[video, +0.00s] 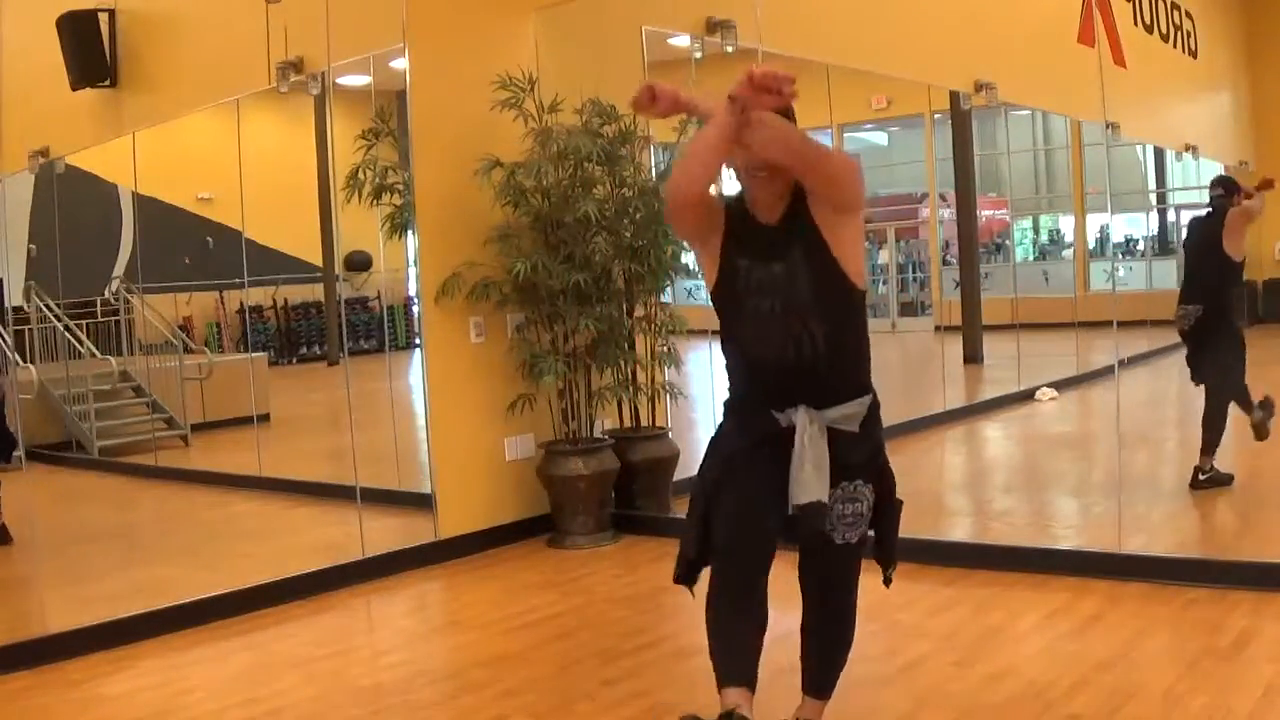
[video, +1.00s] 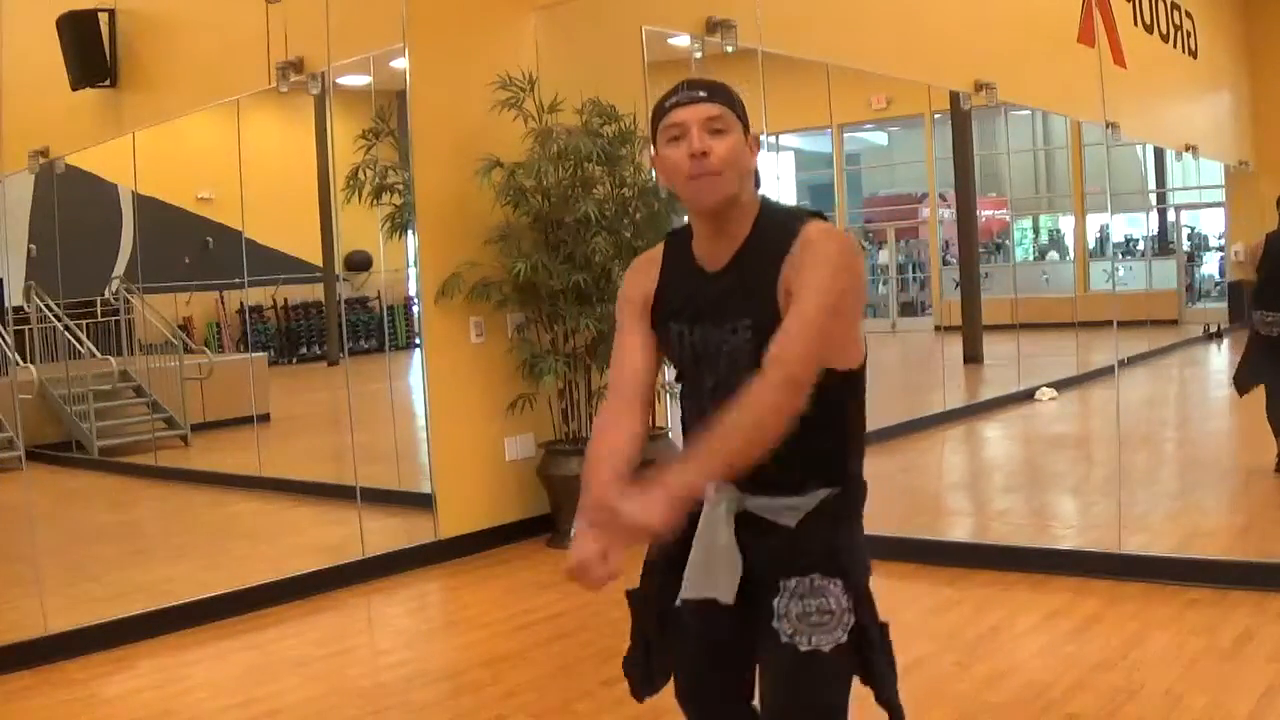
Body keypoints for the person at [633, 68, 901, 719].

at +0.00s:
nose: (752, 138)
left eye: (764, 128)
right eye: (741, 128)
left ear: (792, 136)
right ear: (727, 141)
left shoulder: (837, 200)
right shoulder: (714, 226)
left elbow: (774, 138)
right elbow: (683, 192)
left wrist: (694, 103)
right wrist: (738, 104)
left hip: (841, 425)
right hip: (753, 424)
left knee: (830, 580)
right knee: (736, 564)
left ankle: (812, 710)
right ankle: (735, 705)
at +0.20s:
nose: (756, 162)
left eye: (768, 147)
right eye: (737, 153)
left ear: (790, 159)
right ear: (717, 175)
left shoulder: (839, 217)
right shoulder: (694, 252)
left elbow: (809, 283)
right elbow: (681, 318)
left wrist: (746, 321)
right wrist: (680, 380)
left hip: (853, 467)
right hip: (762, 475)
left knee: (840, 658)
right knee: (783, 661)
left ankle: (793, 711)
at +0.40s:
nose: (719, 146)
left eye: (732, 133)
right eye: (698, 142)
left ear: (761, 156)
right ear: (683, 179)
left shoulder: (835, 244)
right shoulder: (675, 276)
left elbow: (916, 333)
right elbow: (663, 373)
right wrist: (649, 454)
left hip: (840, 481)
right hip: (745, 484)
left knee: (833, 641)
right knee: (756, 657)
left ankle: (817, 709)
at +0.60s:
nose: (696, 130)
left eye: (711, 114)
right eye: (675, 124)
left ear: (747, 136)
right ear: (660, 158)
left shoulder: (822, 216)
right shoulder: (658, 235)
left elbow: (917, 216)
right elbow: (692, 319)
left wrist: (973, 233)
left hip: (828, 475)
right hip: (733, 476)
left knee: (831, 657)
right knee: (750, 675)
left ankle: (855, 712)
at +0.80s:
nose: (685, 126)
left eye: (702, 109)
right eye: (665, 118)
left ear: (738, 130)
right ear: (648, 150)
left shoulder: (810, 230)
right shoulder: (648, 244)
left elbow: (917, 324)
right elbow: (646, 331)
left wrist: (986, 430)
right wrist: (632, 414)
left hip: (823, 492)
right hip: (720, 493)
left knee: (837, 694)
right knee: (744, 693)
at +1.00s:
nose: (697, 148)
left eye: (716, 129)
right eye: (676, 136)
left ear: (753, 148)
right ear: (657, 167)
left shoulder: (821, 250)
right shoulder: (649, 274)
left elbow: (780, 391)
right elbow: (624, 403)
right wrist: (599, 509)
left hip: (805, 523)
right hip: (703, 519)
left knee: (801, 705)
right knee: (706, 700)